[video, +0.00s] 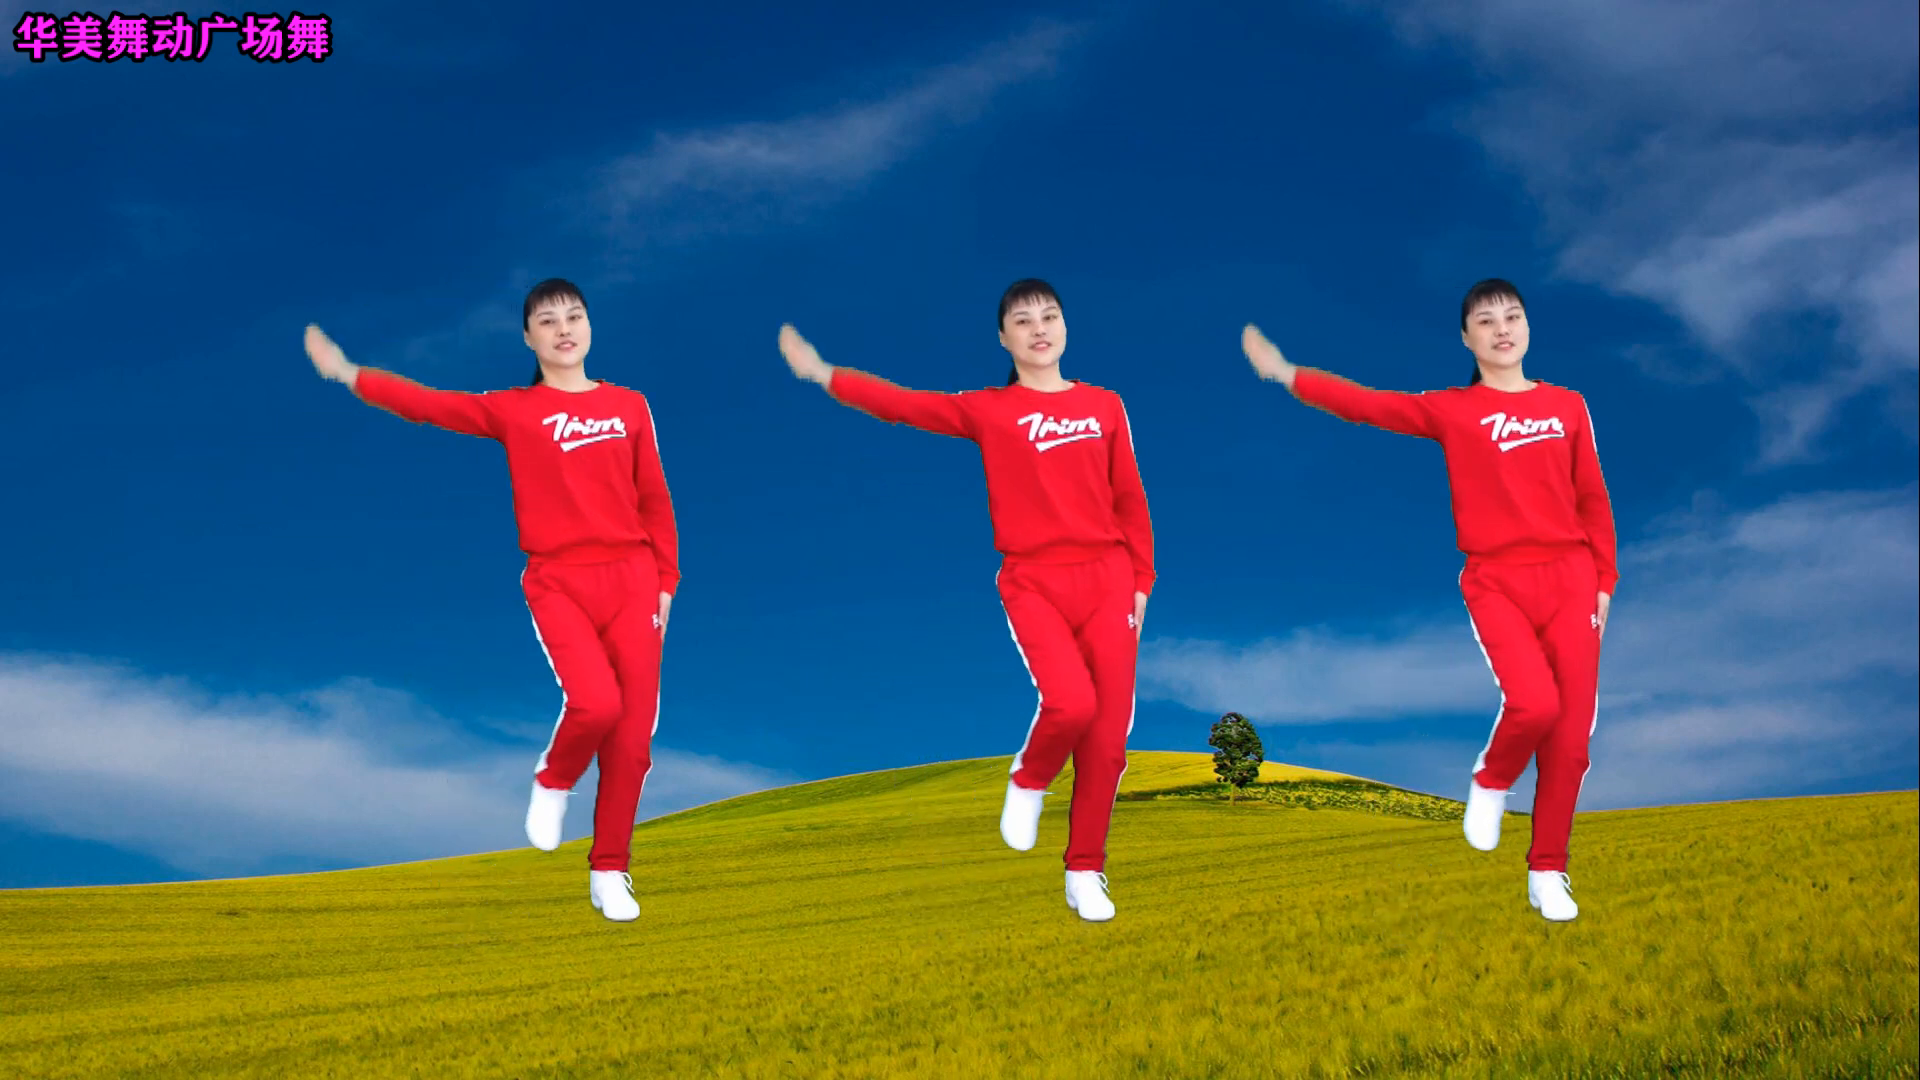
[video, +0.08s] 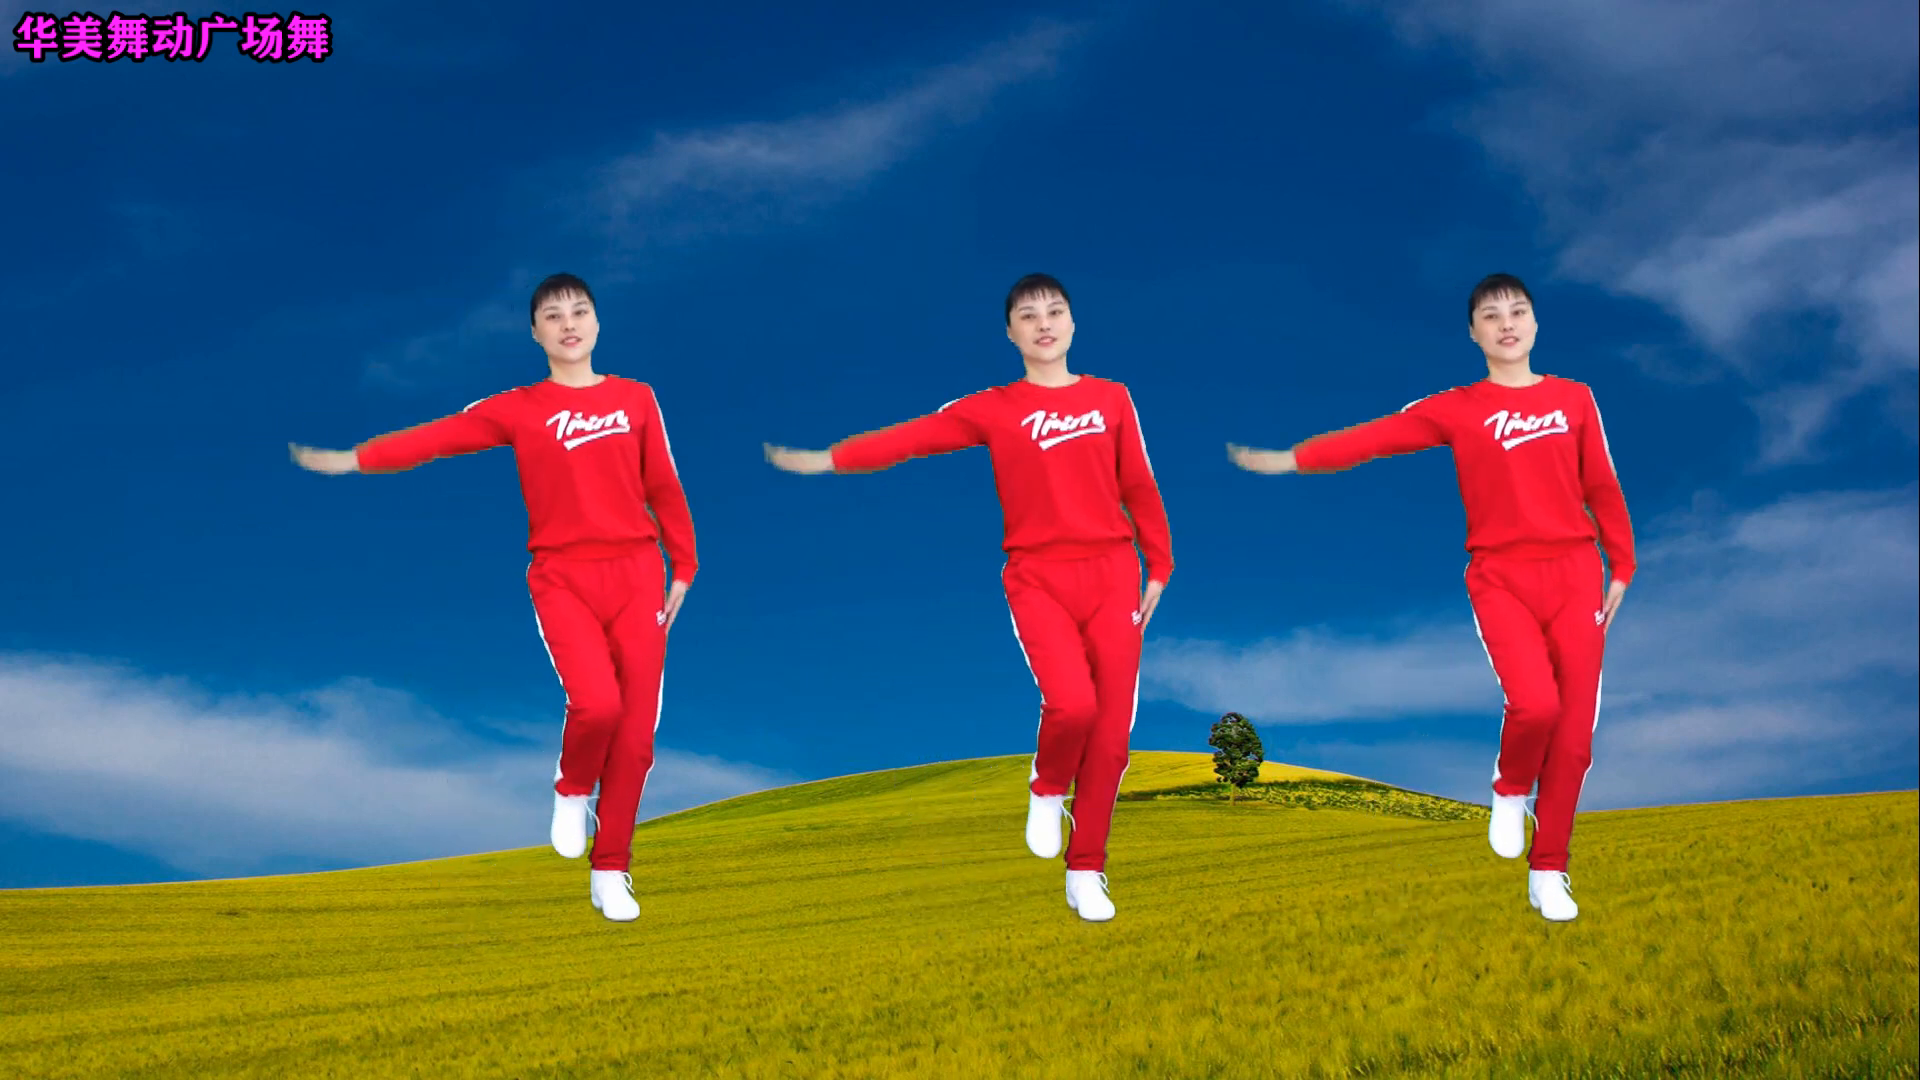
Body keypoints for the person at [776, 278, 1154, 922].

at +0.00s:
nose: (1038, 328)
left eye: (1048, 318)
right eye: (1024, 321)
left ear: (1065, 328)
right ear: (1006, 337)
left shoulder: (1104, 405)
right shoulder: (987, 407)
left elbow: (1133, 501)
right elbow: (900, 403)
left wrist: (1142, 580)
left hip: (1107, 575)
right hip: (1032, 579)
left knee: (1111, 731)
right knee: (1073, 706)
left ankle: (1085, 868)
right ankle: (1028, 784)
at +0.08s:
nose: (1044, 324)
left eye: (1054, 313)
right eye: (1029, 316)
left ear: (1071, 323)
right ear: (1012, 332)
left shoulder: (1112, 398)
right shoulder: (992, 407)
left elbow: (1141, 488)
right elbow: (910, 437)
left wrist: (1159, 568)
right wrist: (825, 458)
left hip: (1113, 570)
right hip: (1037, 575)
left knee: (1115, 726)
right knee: (1074, 706)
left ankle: (1086, 867)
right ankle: (1049, 791)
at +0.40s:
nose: (1053, 309)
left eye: (1065, 298)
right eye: (1041, 301)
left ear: (1088, 310)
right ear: (1029, 317)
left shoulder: (1124, 381)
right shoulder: (1008, 398)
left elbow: (1200, 435)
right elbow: (993, 494)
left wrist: (1278, 481)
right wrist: (986, 573)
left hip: (1100, 568)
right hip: (1021, 568)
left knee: (1095, 732)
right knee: (1041, 732)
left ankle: (1089, 869)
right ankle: (1048, 866)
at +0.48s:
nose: (1043, 310)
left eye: (1056, 298)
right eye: (1034, 303)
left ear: (1088, 309)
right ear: (1026, 319)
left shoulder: (1121, 382)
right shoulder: (1007, 396)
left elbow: (1193, 445)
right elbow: (987, 488)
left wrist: (1262, 501)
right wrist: (973, 565)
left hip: (1097, 568)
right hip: (1021, 568)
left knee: (1092, 724)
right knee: (1036, 725)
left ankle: (1088, 866)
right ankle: (1046, 858)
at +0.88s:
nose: (1004, 293)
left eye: (1019, 282)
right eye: (1000, 286)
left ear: (1057, 294)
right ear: (999, 299)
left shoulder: (1084, 358)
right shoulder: (986, 386)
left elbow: (1025, 331)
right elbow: (967, 476)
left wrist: (943, 316)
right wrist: (956, 554)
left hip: (1066, 552)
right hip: (994, 555)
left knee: (1078, 713)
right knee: (952, 704)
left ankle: (1091, 860)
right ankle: (924, 844)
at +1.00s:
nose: (979, 308)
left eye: (993, 299)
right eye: (979, 299)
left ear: (1029, 310)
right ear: (984, 314)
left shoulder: (1058, 377)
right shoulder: (963, 394)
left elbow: (1036, 299)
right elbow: (940, 487)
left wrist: (978, 246)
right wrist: (926, 567)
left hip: (1040, 558)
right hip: (968, 563)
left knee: (1065, 720)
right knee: (933, 724)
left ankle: (1087, 861)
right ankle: (899, 859)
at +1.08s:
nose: (969, 312)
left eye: (984, 302)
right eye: (966, 306)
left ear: (1020, 316)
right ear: (963, 324)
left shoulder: (1039, 385)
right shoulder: (941, 400)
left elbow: (1043, 306)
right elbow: (916, 492)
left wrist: (1007, 229)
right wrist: (906, 574)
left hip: (1014, 567)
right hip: (939, 572)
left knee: (1050, 724)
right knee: (917, 736)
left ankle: (1085, 862)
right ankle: (899, 866)